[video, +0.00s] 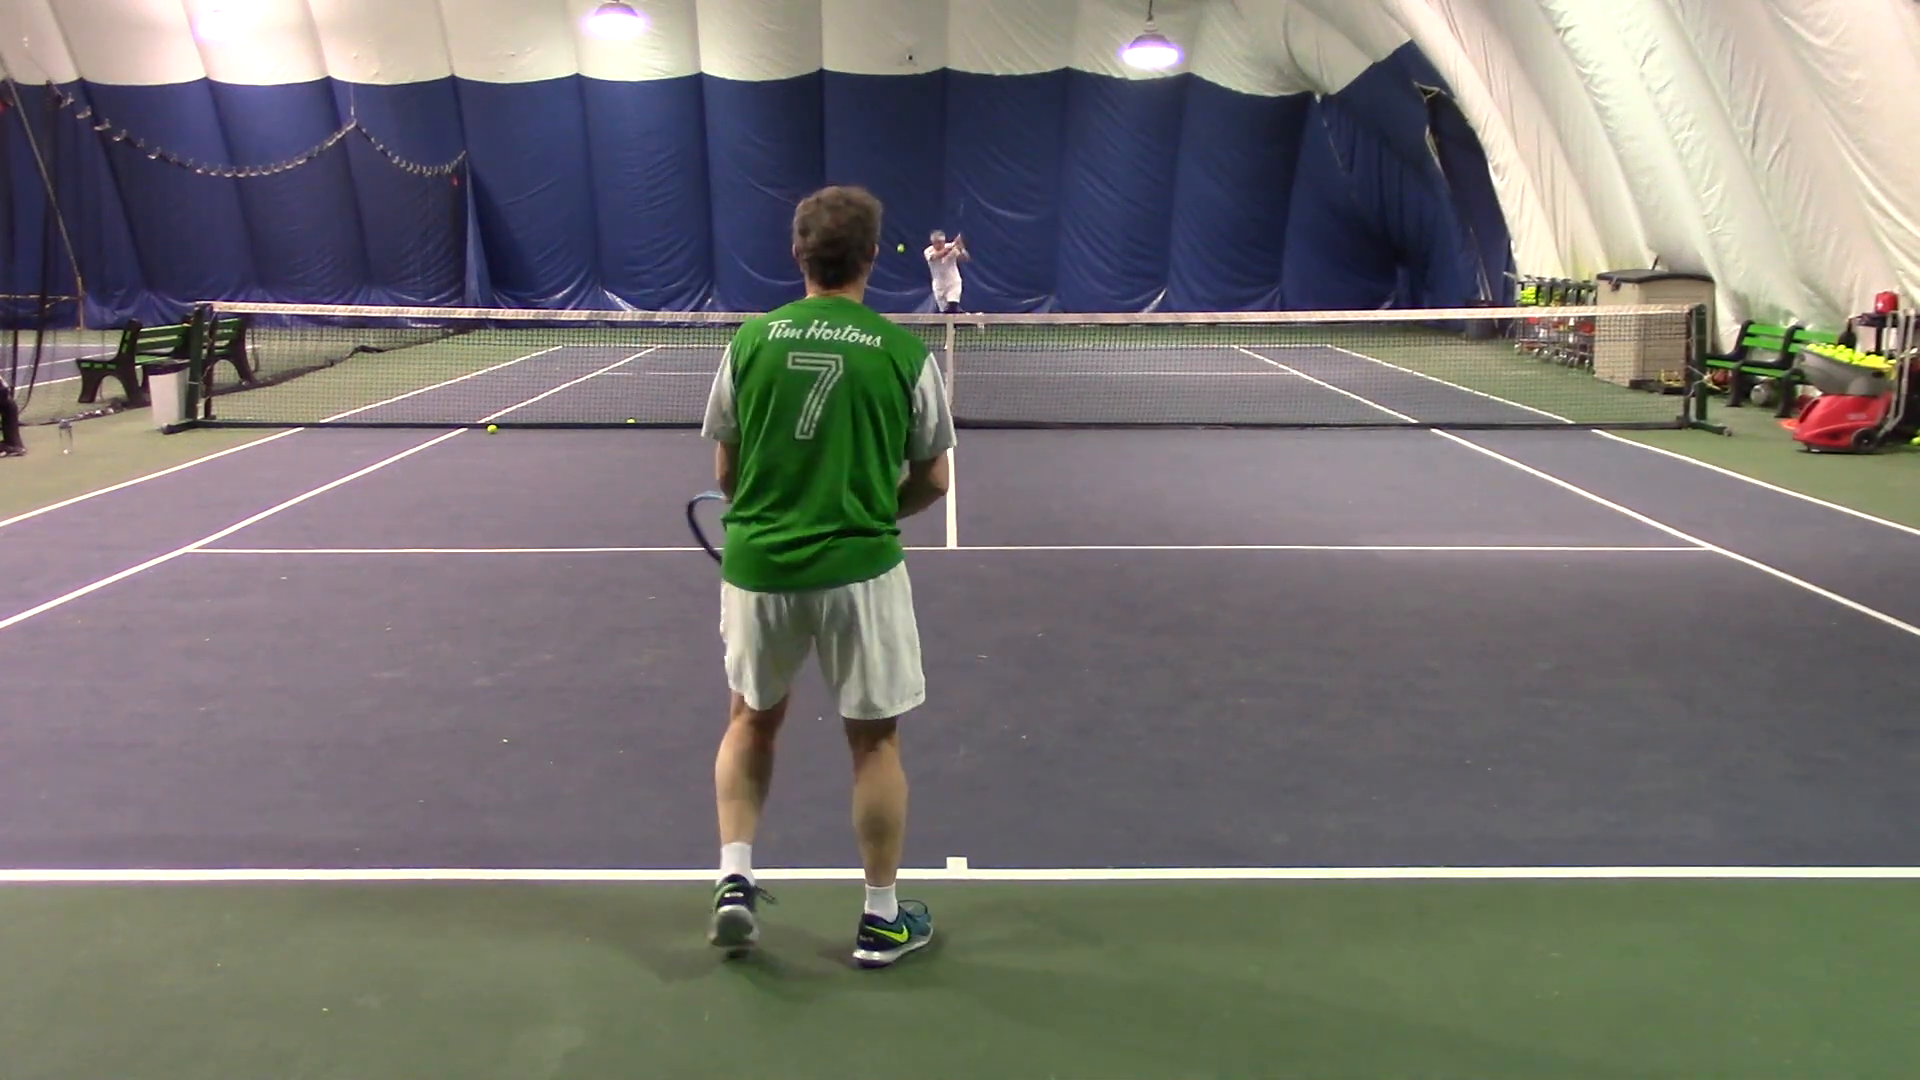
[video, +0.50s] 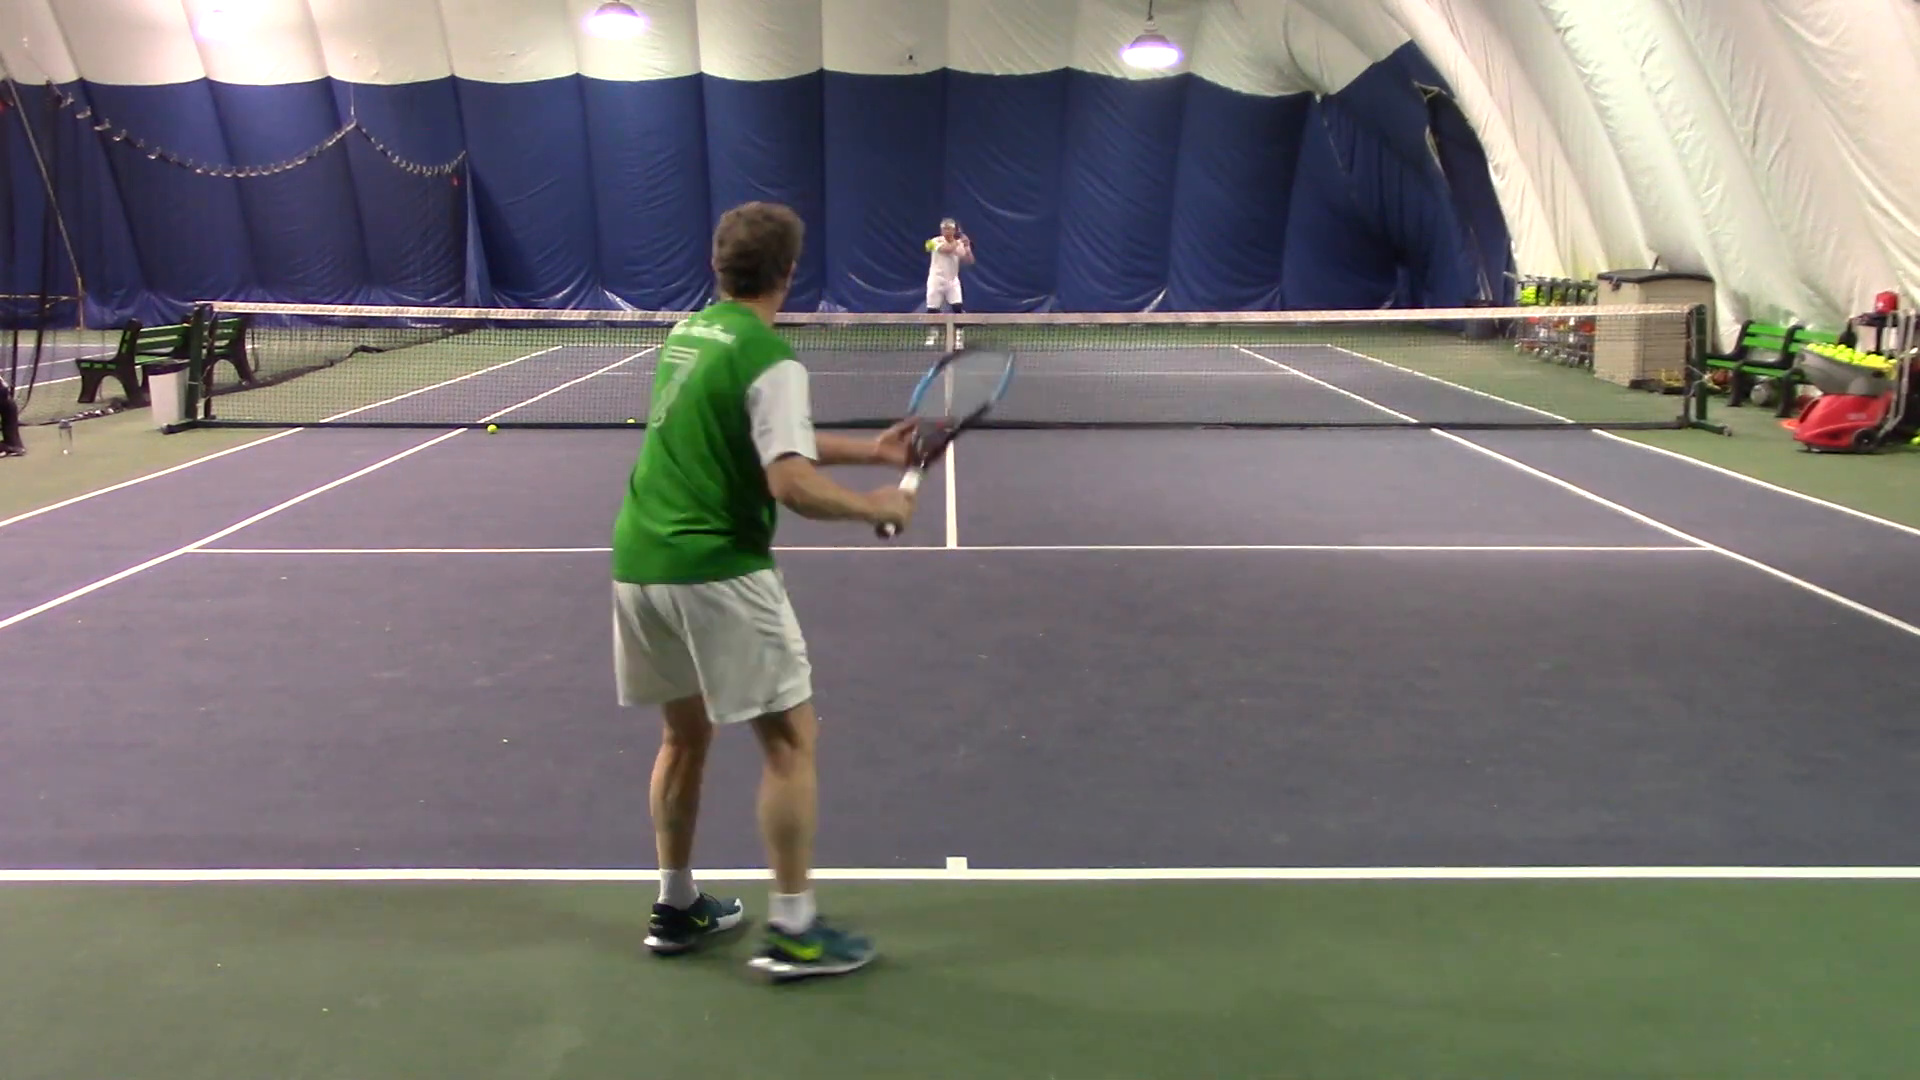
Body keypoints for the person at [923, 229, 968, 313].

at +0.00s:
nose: (938, 245)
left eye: (940, 242)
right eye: (936, 243)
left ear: (944, 241)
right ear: (932, 243)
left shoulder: (951, 247)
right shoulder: (928, 251)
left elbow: (965, 258)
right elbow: (933, 257)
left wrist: (961, 249)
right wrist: (949, 249)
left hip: (953, 282)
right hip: (938, 285)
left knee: (952, 307)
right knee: (945, 311)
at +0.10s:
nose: (941, 236)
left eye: (943, 234)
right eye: (938, 234)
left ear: (947, 234)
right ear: (935, 234)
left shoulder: (954, 243)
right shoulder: (931, 244)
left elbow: (968, 255)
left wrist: (964, 244)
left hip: (953, 279)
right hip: (938, 280)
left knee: (953, 306)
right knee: (941, 309)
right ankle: (964, 323)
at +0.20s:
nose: (944, 233)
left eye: (946, 230)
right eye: (941, 230)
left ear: (951, 230)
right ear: (937, 230)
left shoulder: (957, 241)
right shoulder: (934, 240)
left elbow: (971, 253)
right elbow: (942, 243)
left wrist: (966, 239)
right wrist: (955, 237)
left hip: (954, 277)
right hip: (938, 277)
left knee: (956, 306)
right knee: (938, 308)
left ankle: (956, 338)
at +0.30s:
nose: (948, 235)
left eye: (951, 232)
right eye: (946, 232)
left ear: (955, 232)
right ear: (942, 232)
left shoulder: (960, 244)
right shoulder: (937, 242)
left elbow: (974, 248)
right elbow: (945, 244)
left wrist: (966, 238)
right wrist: (957, 237)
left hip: (955, 280)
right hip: (938, 279)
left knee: (959, 307)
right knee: (931, 311)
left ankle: (959, 337)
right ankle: (941, 334)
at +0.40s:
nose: (949, 235)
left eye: (951, 232)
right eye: (946, 232)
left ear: (956, 233)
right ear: (943, 232)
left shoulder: (960, 245)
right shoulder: (938, 242)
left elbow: (974, 252)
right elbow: (945, 246)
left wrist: (966, 242)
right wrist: (957, 242)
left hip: (954, 280)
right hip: (937, 280)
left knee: (959, 307)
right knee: (932, 310)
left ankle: (959, 337)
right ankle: (939, 333)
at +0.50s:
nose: (948, 232)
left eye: (950, 229)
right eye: (945, 229)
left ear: (955, 230)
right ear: (941, 230)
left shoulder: (959, 243)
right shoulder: (935, 242)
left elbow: (970, 260)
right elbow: (947, 249)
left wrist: (967, 247)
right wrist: (958, 241)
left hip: (952, 279)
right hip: (936, 278)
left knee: (957, 307)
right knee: (932, 309)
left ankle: (959, 335)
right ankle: (932, 332)